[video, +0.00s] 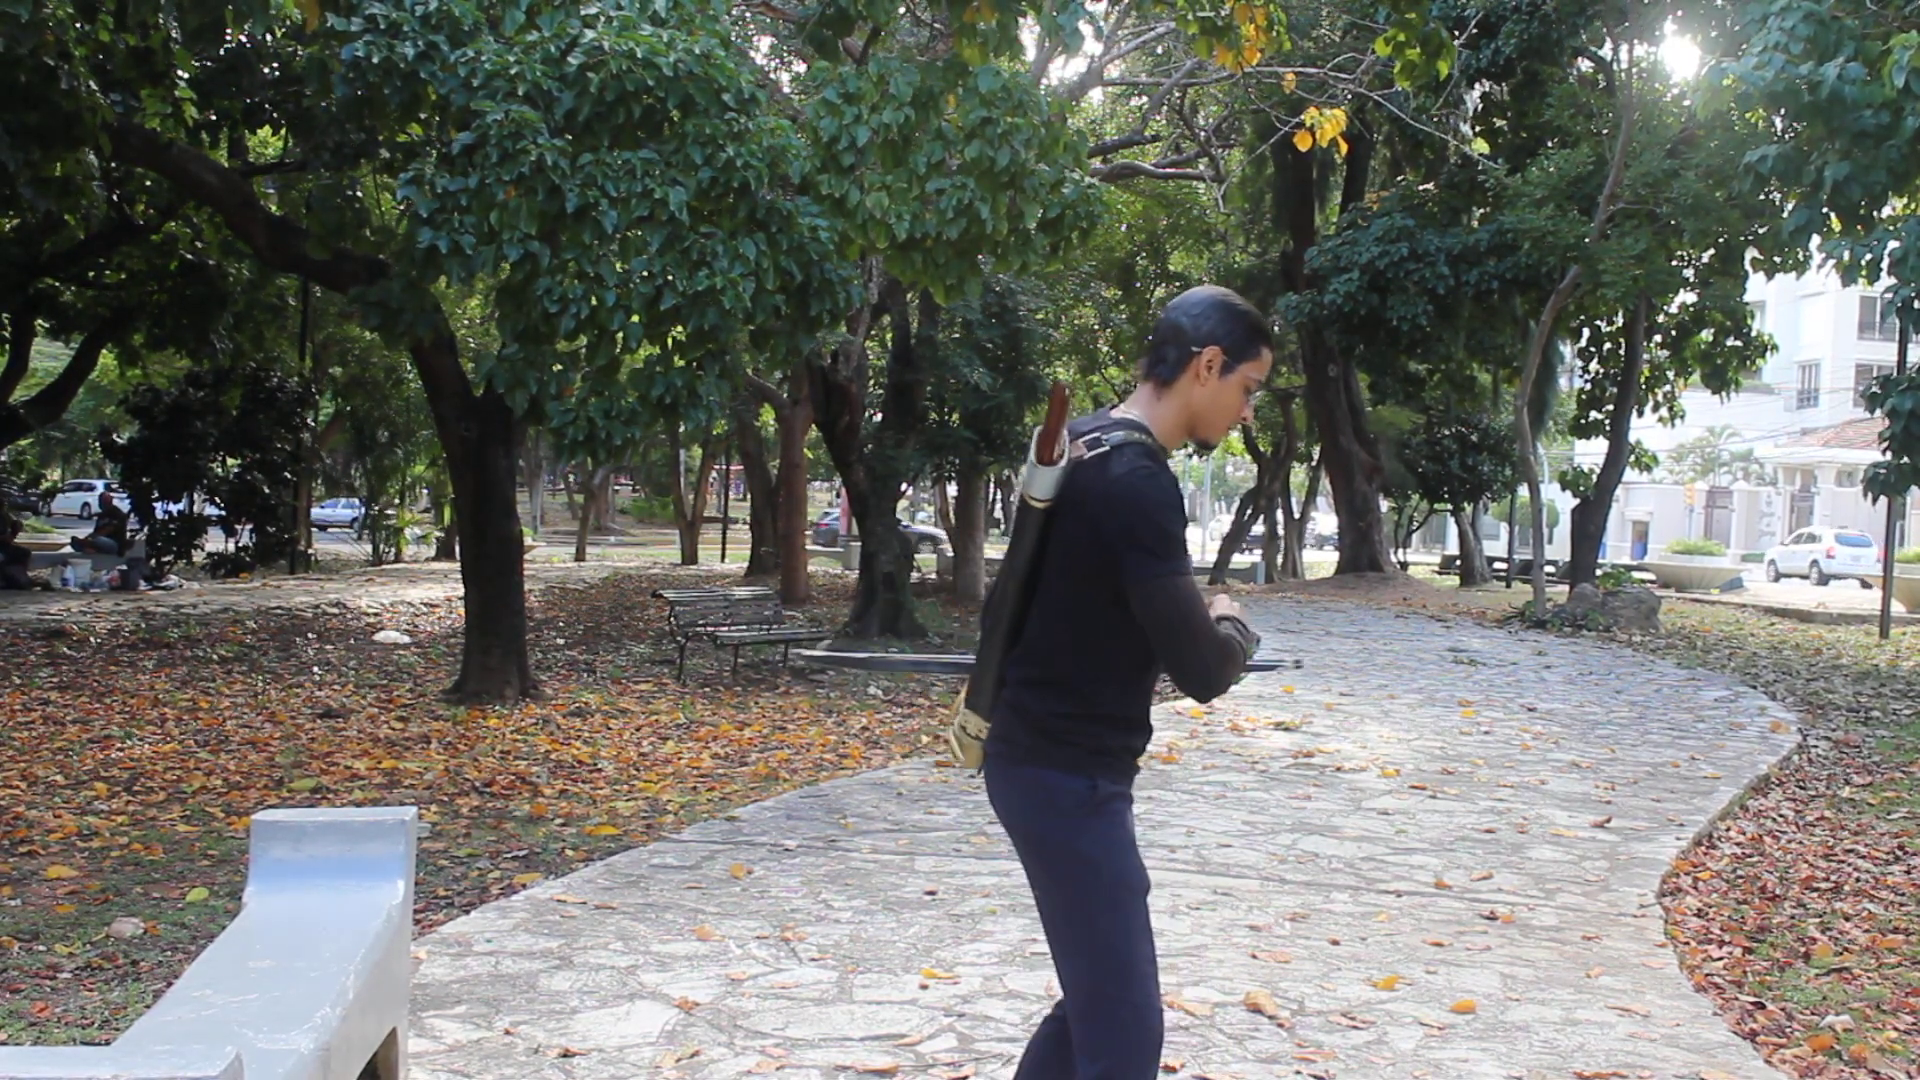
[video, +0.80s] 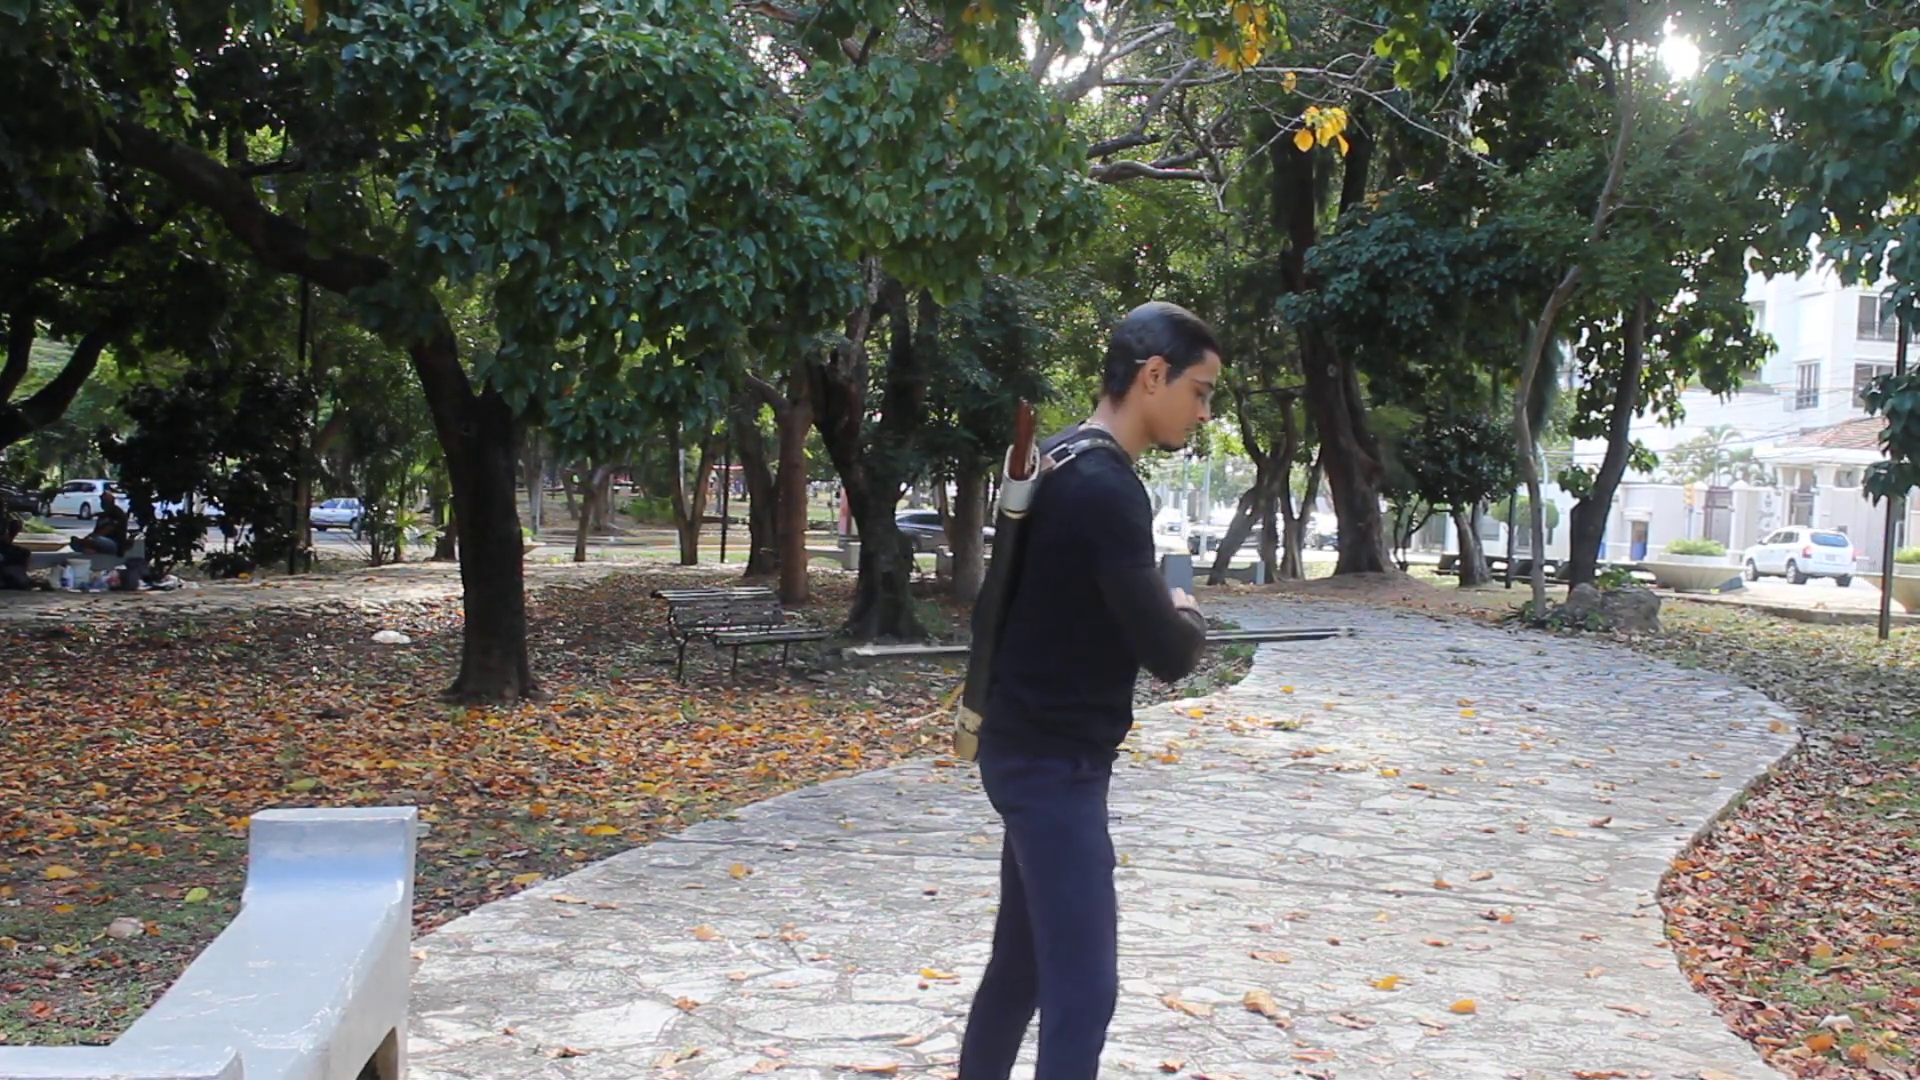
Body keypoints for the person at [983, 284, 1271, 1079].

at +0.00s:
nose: (1247, 413)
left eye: (1255, 395)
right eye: (1249, 388)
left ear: (1183, 363)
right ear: (1203, 364)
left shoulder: (1090, 443)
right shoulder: (1136, 478)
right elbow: (1201, 671)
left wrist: (1197, 615)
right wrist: (1231, 623)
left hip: (1041, 766)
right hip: (1068, 781)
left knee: (1096, 1007)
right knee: (1127, 1031)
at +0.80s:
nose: (1204, 416)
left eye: (1209, 398)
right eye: (1201, 393)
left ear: (1137, 377)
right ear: (1151, 375)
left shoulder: (1071, 457)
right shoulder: (1104, 484)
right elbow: (1170, 653)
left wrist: (1164, 613)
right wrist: (1185, 611)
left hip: (1039, 750)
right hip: (1053, 761)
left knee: (1016, 971)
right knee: (1083, 996)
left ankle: (976, 1074)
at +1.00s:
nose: (1200, 406)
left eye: (1202, 386)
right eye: (1191, 384)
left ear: (1130, 377)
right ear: (1137, 373)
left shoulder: (1059, 458)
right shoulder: (1112, 484)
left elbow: (1007, 601)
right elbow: (1200, 639)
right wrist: (1204, 617)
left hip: (1032, 755)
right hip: (1061, 768)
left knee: (997, 967)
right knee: (1081, 1000)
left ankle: (967, 1075)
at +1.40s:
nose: (1194, 394)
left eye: (1196, 376)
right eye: (1179, 373)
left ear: (1114, 377)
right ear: (1120, 372)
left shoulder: (1031, 458)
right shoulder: (1137, 494)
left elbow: (965, 556)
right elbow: (1224, 635)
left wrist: (923, 601)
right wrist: (1179, 572)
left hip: (1021, 747)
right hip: (1068, 765)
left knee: (1003, 963)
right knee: (1100, 998)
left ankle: (969, 1070)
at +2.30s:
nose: (1219, 425)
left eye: (1226, 406)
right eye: (1202, 403)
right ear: (1142, 402)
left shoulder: (1089, 475)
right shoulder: (1140, 517)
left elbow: (1013, 567)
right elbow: (1240, 679)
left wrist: (956, 624)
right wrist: (1187, 592)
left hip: (1075, 784)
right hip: (1069, 796)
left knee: (1046, 980)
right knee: (1155, 1018)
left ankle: (988, 1072)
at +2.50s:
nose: (1214, 417)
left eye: (1225, 395)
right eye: (1191, 395)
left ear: (1236, 394)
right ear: (1136, 395)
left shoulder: (1167, 505)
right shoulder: (1103, 513)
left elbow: (1162, 654)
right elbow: (1187, 689)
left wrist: (1215, 647)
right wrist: (1250, 646)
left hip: (1158, 803)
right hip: (1079, 806)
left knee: (1146, 1025)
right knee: (1155, 1047)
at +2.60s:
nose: (1192, 404)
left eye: (1207, 380)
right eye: (1168, 381)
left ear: (1224, 381)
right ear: (1124, 383)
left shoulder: (1183, 495)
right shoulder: (1077, 507)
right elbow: (1109, 684)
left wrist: (1239, 642)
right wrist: (1247, 660)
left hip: (1185, 798)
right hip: (1085, 805)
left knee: (1235, 1026)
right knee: (1146, 1056)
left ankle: (1155, 1067)